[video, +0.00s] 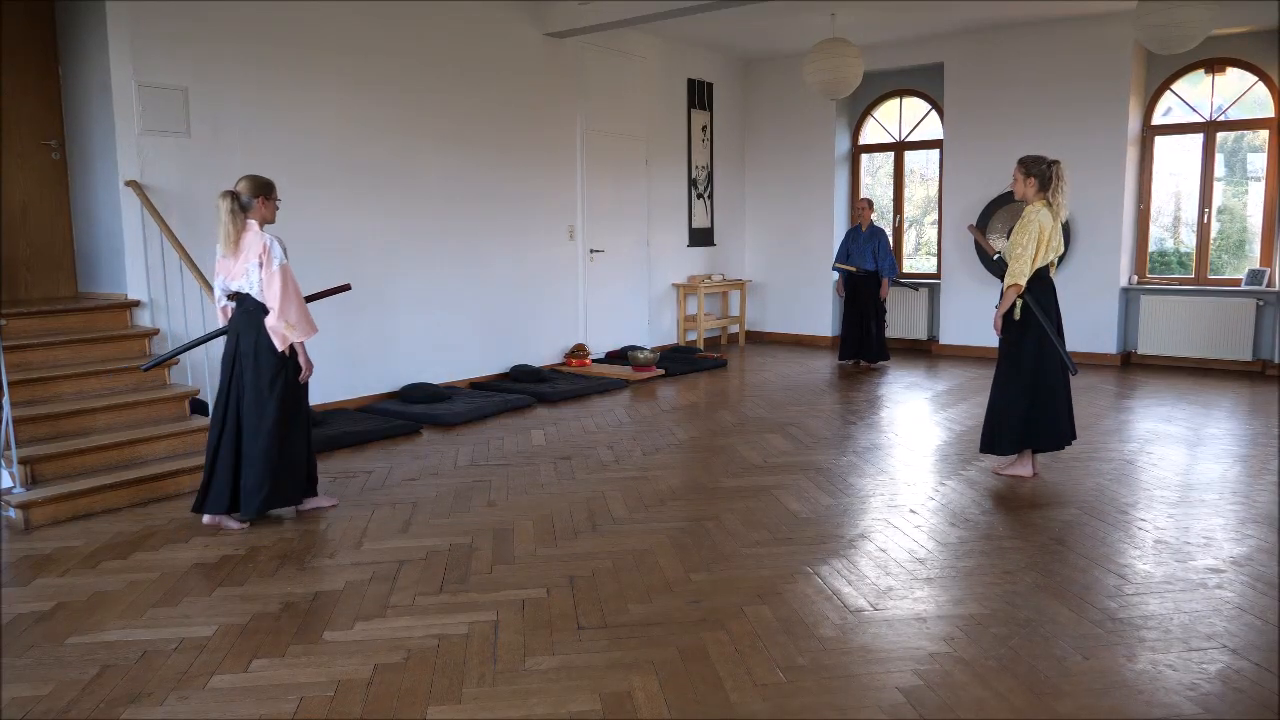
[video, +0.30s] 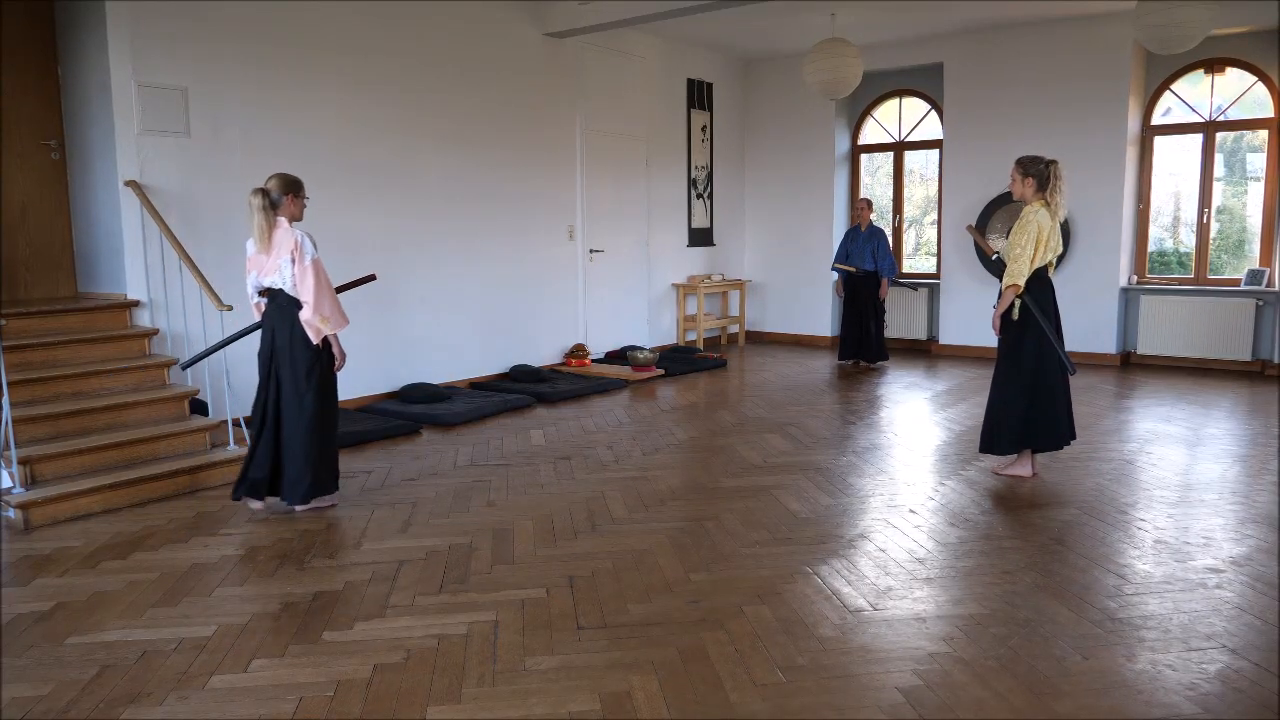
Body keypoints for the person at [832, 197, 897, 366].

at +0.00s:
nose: (859, 212)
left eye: (863, 209)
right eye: (857, 209)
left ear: (871, 211)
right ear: (854, 211)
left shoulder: (878, 233)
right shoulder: (851, 233)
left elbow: (886, 260)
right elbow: (842, 257)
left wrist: (885, 284)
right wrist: (840, 279)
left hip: (871, 279)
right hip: (853, 279)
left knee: (871, 318)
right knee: (853, 317)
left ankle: (871, 357)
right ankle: (855, 356)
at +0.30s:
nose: (859, 212)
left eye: (862, 209)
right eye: (856, 209)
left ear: (870, 211)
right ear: (854, 211)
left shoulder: (878, 233)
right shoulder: (850, 233)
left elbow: (885, 259)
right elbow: (841, 257)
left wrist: (884, 283)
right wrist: (840, 279)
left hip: (871, 279)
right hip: (852, 279)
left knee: (870, 318)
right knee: (852, 317)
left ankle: (870, 358)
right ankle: (854, 356)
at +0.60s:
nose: (857, 212)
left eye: (860, 209)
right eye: (854, 209)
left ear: (868, 211)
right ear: (851, 211)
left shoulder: (876, 233)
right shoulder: (849, 233)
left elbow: (883, 260)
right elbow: (840, 257)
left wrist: (883, 284)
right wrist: (838, 279)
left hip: (869, 279)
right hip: (850, 278)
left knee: (869, 318)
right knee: (851, 317)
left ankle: (869, 358)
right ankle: (852, 356)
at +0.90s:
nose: (854, 213)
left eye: (858, 210)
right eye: (852, 210)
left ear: (866, 212)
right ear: (849, 212)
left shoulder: (874, 234)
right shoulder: (846, 234)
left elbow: (880, 261)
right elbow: (837, 258)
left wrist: (881, 284)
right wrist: (835, 280)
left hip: (867, 280)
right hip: (848, 279)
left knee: (866, 319)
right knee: (846, 317)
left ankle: (867, 358)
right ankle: (845, 355)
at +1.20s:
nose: (848, 214)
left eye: (852, 211)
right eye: (847, 211)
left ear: (859, 213)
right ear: (845, 213)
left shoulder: (868, 235)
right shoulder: (840, 234)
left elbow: (876, 261)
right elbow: (831, 259)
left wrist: (876, 286)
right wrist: (828, 281)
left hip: (862, 282)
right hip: (841, 281)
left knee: (861, 321)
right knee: (838, 319)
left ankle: (861, 359)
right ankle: (835, 355)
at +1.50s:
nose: (835, 214)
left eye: (838, 211)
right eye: (833, 212)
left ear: (847, 214)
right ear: (832, 214)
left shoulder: (856, 236)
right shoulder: (826, 235)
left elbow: (864, 262)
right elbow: (818, 260)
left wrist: (865, 286)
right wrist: (816, 282)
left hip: (850, 283)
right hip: (829, 283)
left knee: (852, 322)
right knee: (826, 321)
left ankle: (854, 360)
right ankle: (825, 359)